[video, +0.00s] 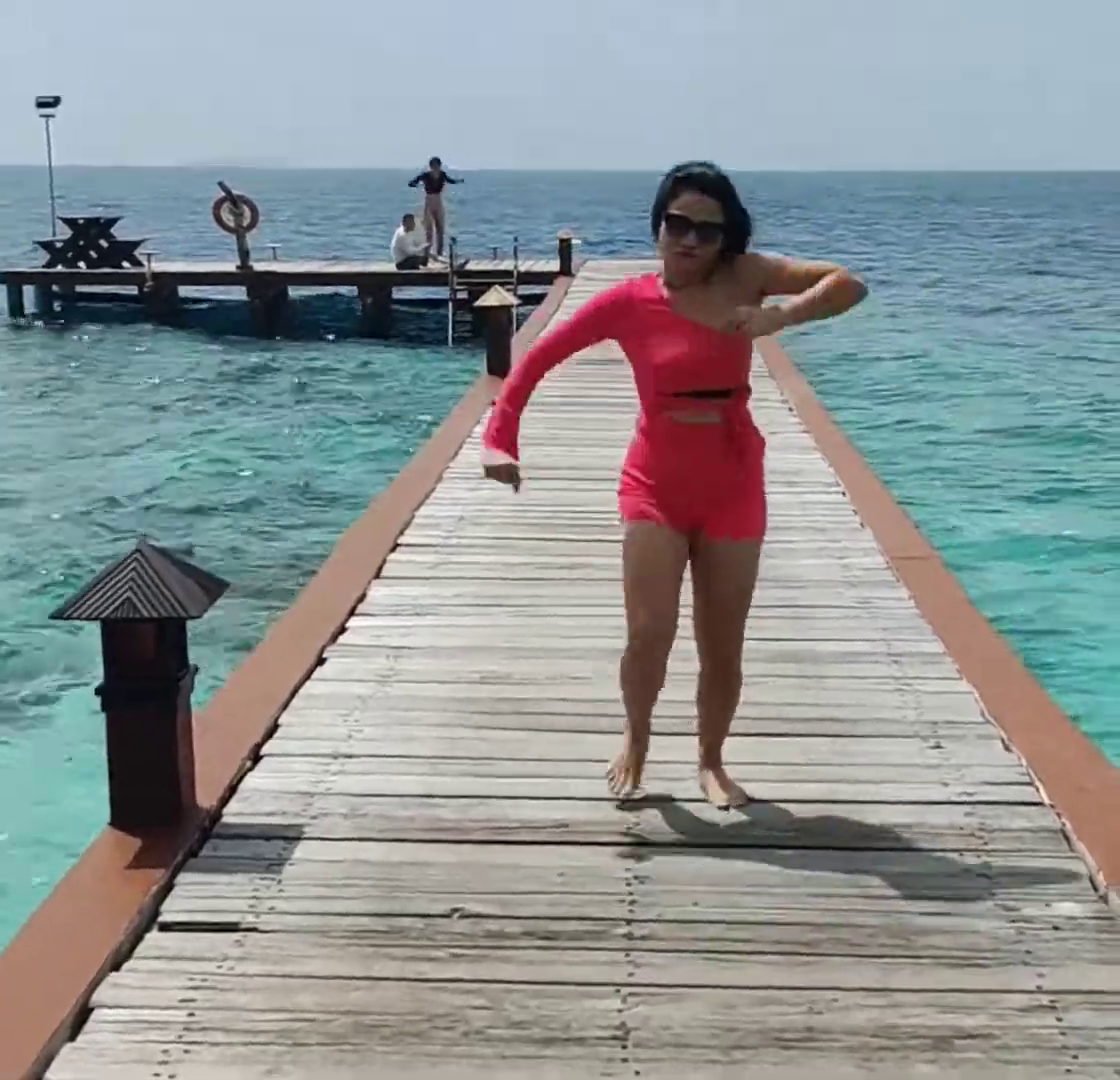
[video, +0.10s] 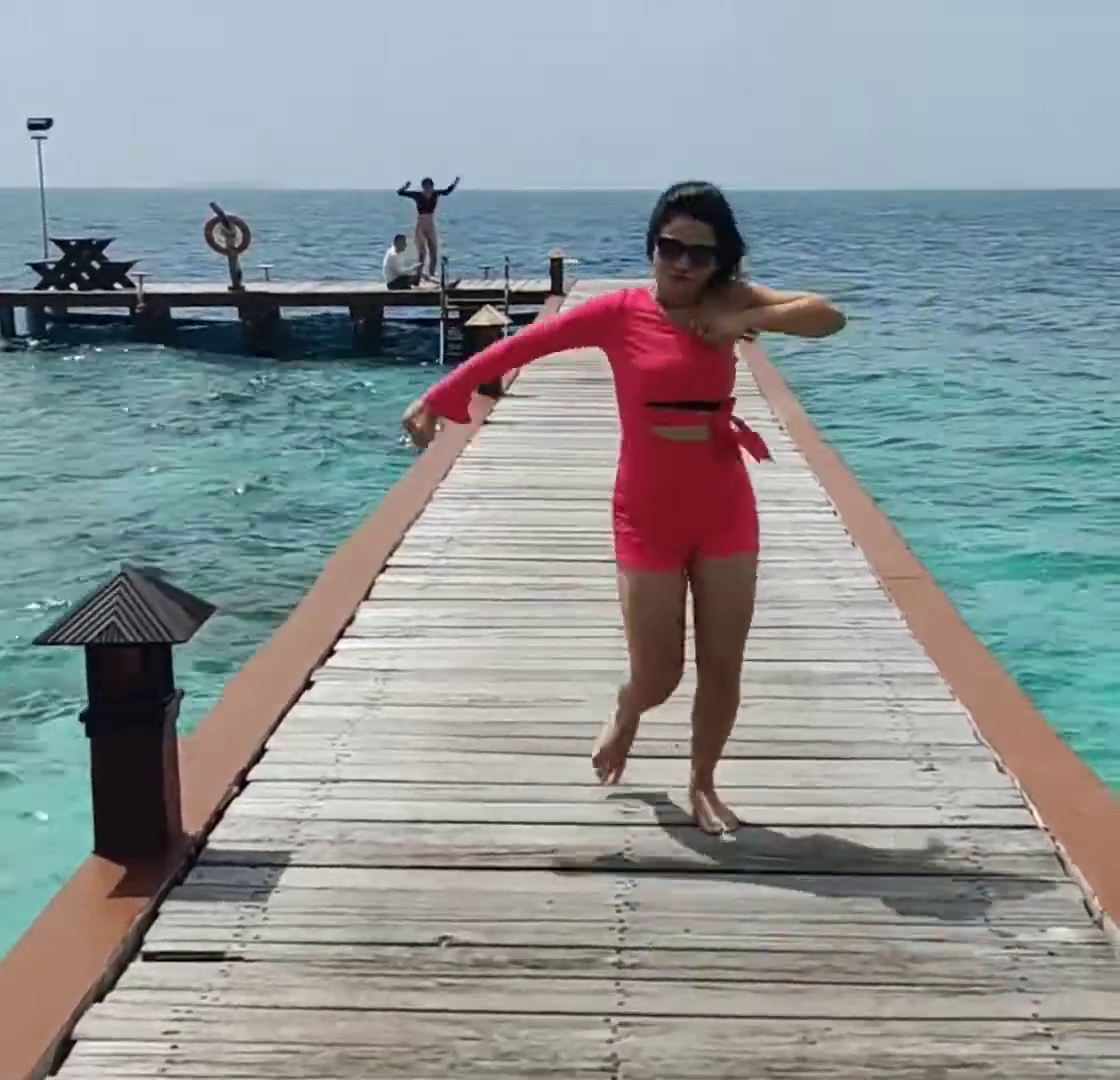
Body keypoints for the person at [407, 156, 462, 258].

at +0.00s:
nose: (435, 169)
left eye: (437, 167)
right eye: (433, 167)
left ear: (440, 166)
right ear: (430, 167)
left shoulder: (442, 174)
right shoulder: (426, 175)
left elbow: (449, 181)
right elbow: (411, 183)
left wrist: (458, 181)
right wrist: (416, 184)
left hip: (437, 199)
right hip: (430, 199)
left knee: (440, 227)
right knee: (428, 226)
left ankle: (439, 252)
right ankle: (427, 252)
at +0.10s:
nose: (427, 190)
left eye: (429, 187)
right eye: (425, 187)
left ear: (432, 187)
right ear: (423, 187)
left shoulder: (435, 194)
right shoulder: (417, 195)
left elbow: (447, 192)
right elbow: (400, 193)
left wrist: (455, 183)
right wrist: (405, 186)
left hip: (430, 223)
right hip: (420, 223)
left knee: (433, 251)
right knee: (422, 251)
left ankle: (431, 274)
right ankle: (419, 275)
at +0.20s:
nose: (424, 211)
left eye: (425, 208)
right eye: (421, 208)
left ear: (428, 208)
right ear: (418, 208)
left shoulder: (430, 214)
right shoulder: (414, 215)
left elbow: (445, 205)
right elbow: (401, 205)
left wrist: (445, 192)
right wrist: (401, 193)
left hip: (426, 248)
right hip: (416, 249)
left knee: (430, 273)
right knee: (420, 275)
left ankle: (430, 294)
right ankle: (414, 295)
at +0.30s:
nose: (417, 217)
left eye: (419, 215)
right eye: (415, 215)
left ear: (421, 215)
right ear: (411, 215)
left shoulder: (424, 222)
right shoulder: (407, 224)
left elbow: (439, 216)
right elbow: (395, 214)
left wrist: (431, 205)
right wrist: (399, 201)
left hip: (419, 255)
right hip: (409, 255)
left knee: (425, 281)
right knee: (414, 281)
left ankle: (422, 301)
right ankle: (409, 301)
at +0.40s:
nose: (401, 213)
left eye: (403, 210)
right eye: (399, 211)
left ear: (406, 210)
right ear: (396, 211)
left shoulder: (409, 218)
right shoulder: (392, 219)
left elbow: (423, 213)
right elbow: (377, 212)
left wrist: (426, 202)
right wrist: (385, 200)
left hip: (405, 250)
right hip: (394, 250)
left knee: (409, 280)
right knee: (395, 279)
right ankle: (394, 298)